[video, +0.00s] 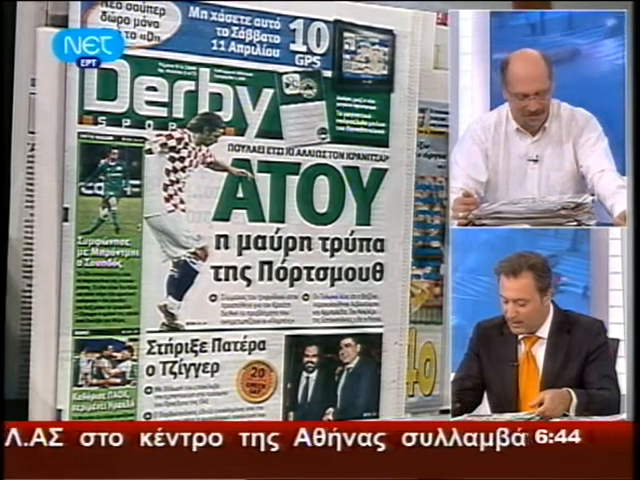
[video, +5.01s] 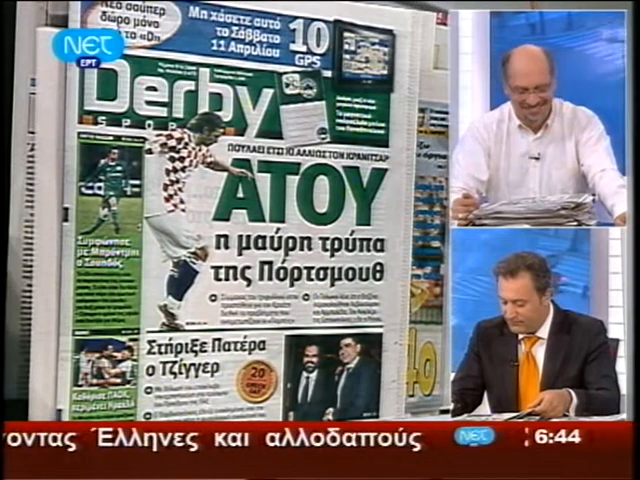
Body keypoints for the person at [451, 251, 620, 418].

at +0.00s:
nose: (510, 313)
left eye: (521, 303)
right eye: (505, 302)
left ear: (547, 297)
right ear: (500, 297)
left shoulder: (588, 333)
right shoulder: (487, 335)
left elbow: (610, 401)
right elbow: (460, 400)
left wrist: (569, 399)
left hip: (570, 452)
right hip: (505, 450)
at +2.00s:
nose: (507, 312)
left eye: (518, 303)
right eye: (502, 302)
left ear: (545, 297)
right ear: (497, 297)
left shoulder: (588, 332)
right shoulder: (486, 334)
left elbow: (610, 402)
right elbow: (463, 401)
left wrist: (569, 400)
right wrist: (450, 397)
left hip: (569, 452)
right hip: (504, 451)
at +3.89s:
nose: (509, 313)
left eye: (519, 304)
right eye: (504, 302)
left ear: (546, 297)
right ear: (499, 298)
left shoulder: (588, 333)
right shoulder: (487, 334)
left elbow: (610, 402)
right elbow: (464, 404)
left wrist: (569, 400)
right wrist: (457, 397)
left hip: (569, 452)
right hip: (505, 450)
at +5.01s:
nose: (509, 313)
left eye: (520, 304)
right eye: (504, 303)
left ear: (546, 297)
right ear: (499, 298)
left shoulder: (588, 333)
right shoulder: (487, 334)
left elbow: (610, 402)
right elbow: (461, 400)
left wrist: (569, 400)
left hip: (569, 451)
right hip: (506, 450)